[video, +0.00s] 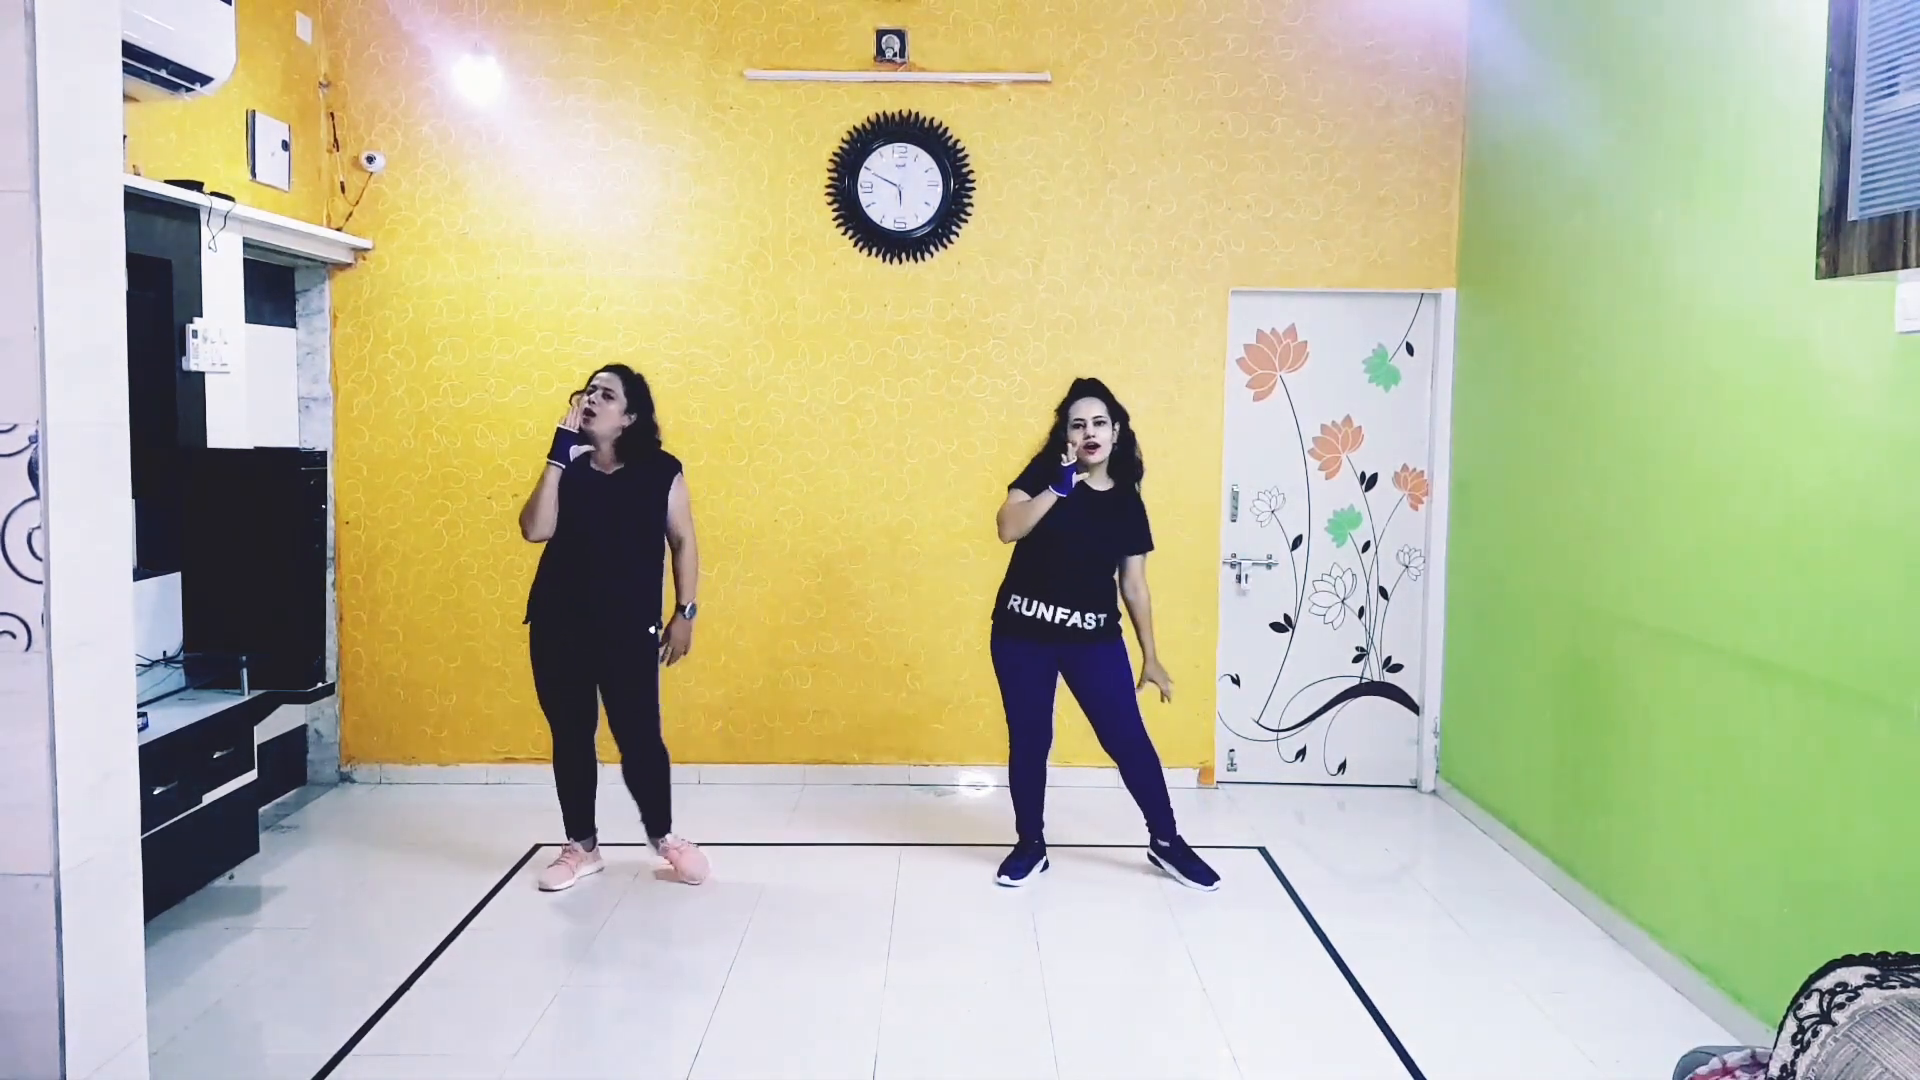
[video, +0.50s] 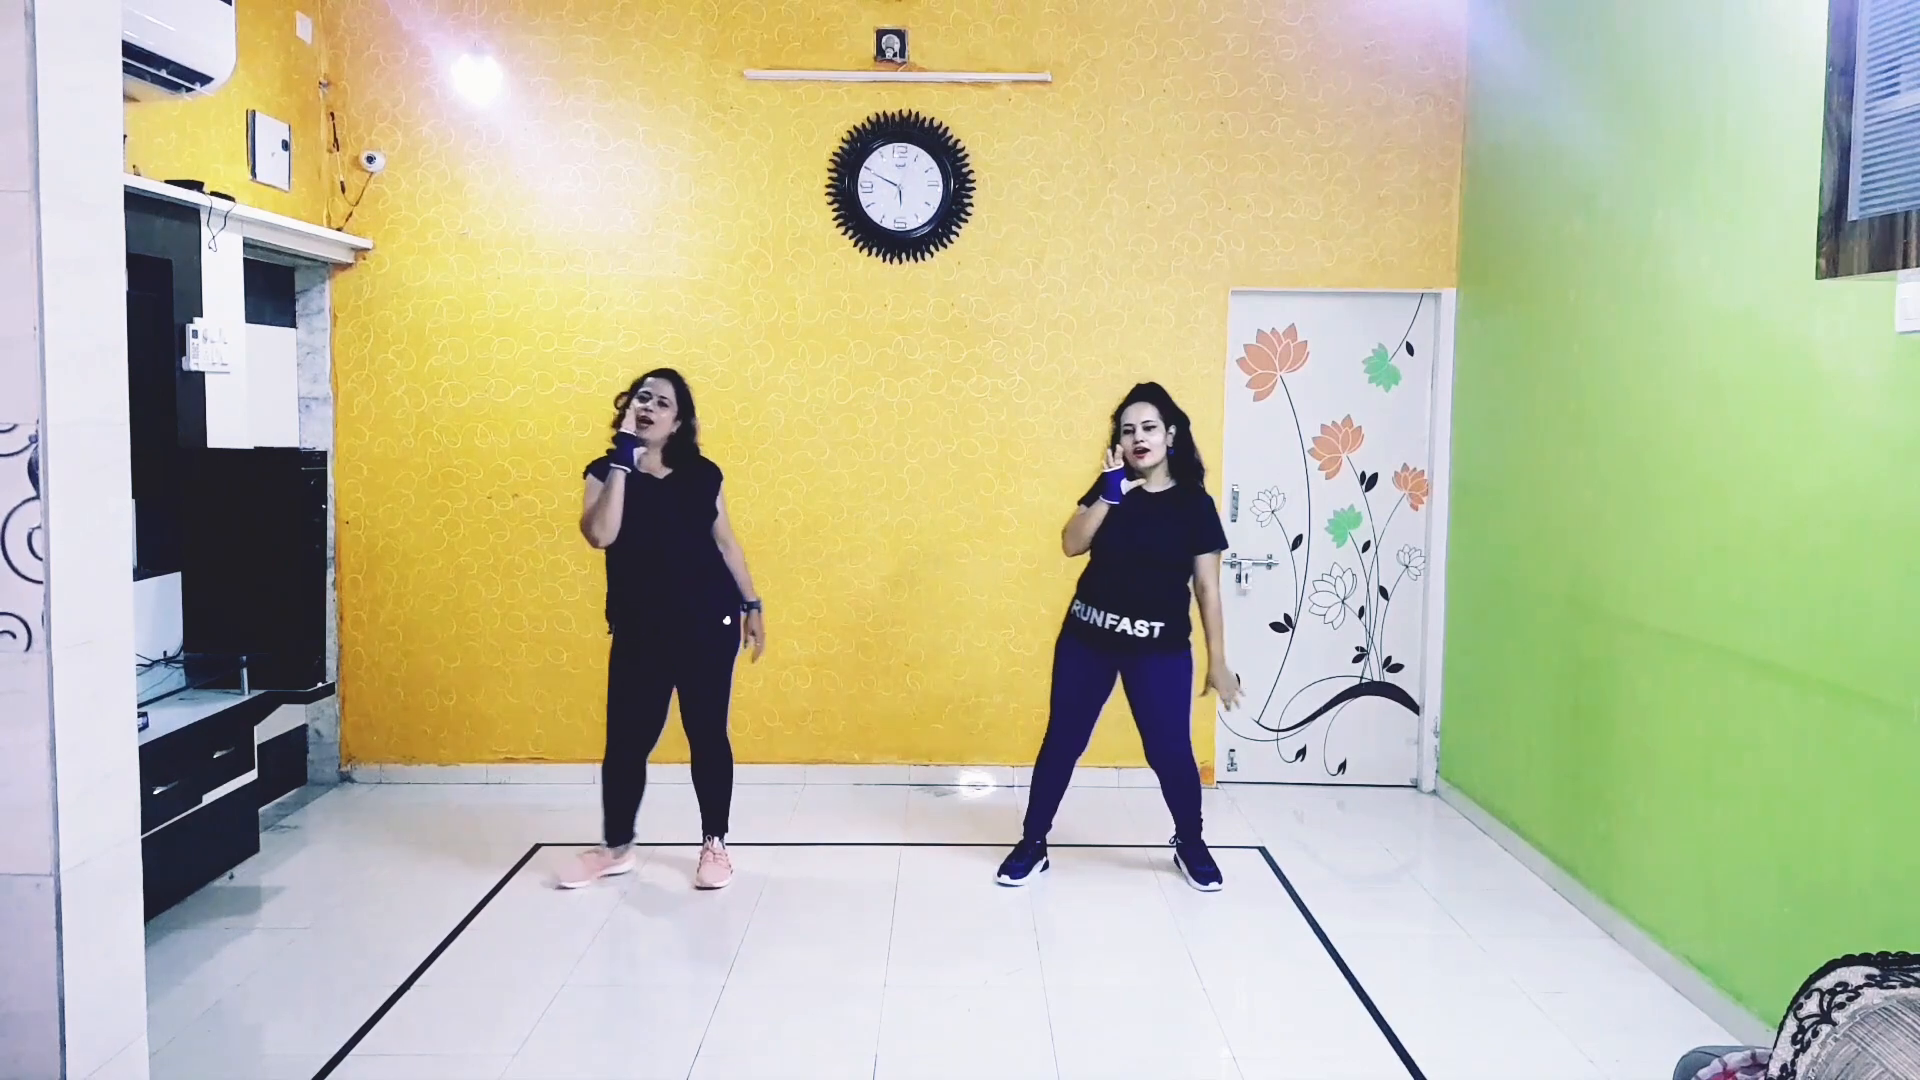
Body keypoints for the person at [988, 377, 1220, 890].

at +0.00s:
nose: (1089, 432)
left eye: (1100, 422)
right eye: (1078, 423)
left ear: (1117, 430)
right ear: (1064, 432)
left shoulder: (1126, 501)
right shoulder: (1043, 473)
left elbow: (1134, 584)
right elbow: (1007, 528)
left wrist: (1150, 656)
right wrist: (1062, 483)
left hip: (1093, 636)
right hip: (1023, 630)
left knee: (1129, 741)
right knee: (1028, 741)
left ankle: (1166, 839)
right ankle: (1030, 843)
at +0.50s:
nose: (1138, 437)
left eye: (1149, 426)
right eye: (1128, 429)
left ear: (1172, 433)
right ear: (1118, 439)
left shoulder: (1194, 505)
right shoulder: (1110, 488)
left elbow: (1207, 587)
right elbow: (1071, 544)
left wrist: (1218, 662)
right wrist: (1109, 489)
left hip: (1159, 648)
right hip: (1089, 637)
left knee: (1171, 753)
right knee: (1062, 743)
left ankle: (1191, 843)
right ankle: (1032, 842)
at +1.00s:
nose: (1151, 435)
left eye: (1161, 425)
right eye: (1140, 426)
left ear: (1181, 432)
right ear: (1129, 437)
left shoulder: (1211, 485)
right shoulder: (1125, 491)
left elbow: (1252, 560)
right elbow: (1101, 568)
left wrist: (1279, 627)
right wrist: (1132, 517)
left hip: (1206, 642)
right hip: (1134, 638)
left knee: (1202, 754)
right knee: (1090, 742)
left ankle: (1194, 844)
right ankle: (1043, 839)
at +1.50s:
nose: (1109, 440)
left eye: (1116, 433)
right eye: (1099, 428)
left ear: (1120, 442)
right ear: (1071, 430)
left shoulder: (1116, 495)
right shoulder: (1040, 498)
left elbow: (1171, 534)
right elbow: (1021, 574)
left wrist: (1206, 473)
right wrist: (1042, 639)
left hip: (1141, 639)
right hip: (1074, 645)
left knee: (1171, 741)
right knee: (1057, 755)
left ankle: (1192, 841)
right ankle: (1028, 844)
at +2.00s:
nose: (1090, 446)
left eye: (1099, 435)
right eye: (1078, 435)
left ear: (1109, 442)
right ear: (1056, 440)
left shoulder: (1096, 505)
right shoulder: (1030, 484)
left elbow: (1101, 580)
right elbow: (969, 524)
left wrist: (1136, 540)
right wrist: (940, 586)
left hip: (1081, 641)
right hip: (1021, 640)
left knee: (1122, 743)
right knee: (1033, 751)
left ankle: (1162, 842)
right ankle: (1027, 844)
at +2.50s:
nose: (1084, 446)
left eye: (1095, 437)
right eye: (1074, 436)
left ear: (1115, 444)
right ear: (1062, 444)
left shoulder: (1140, 501)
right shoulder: (1055, 500)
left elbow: (1186, 553)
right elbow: (992, 537)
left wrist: (1180, 606)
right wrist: (966, 491)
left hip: (1109, 646)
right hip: (1041, 638)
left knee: (1136, 752)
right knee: (1030, 745)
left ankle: (1175, 843)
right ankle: (1027, 843)